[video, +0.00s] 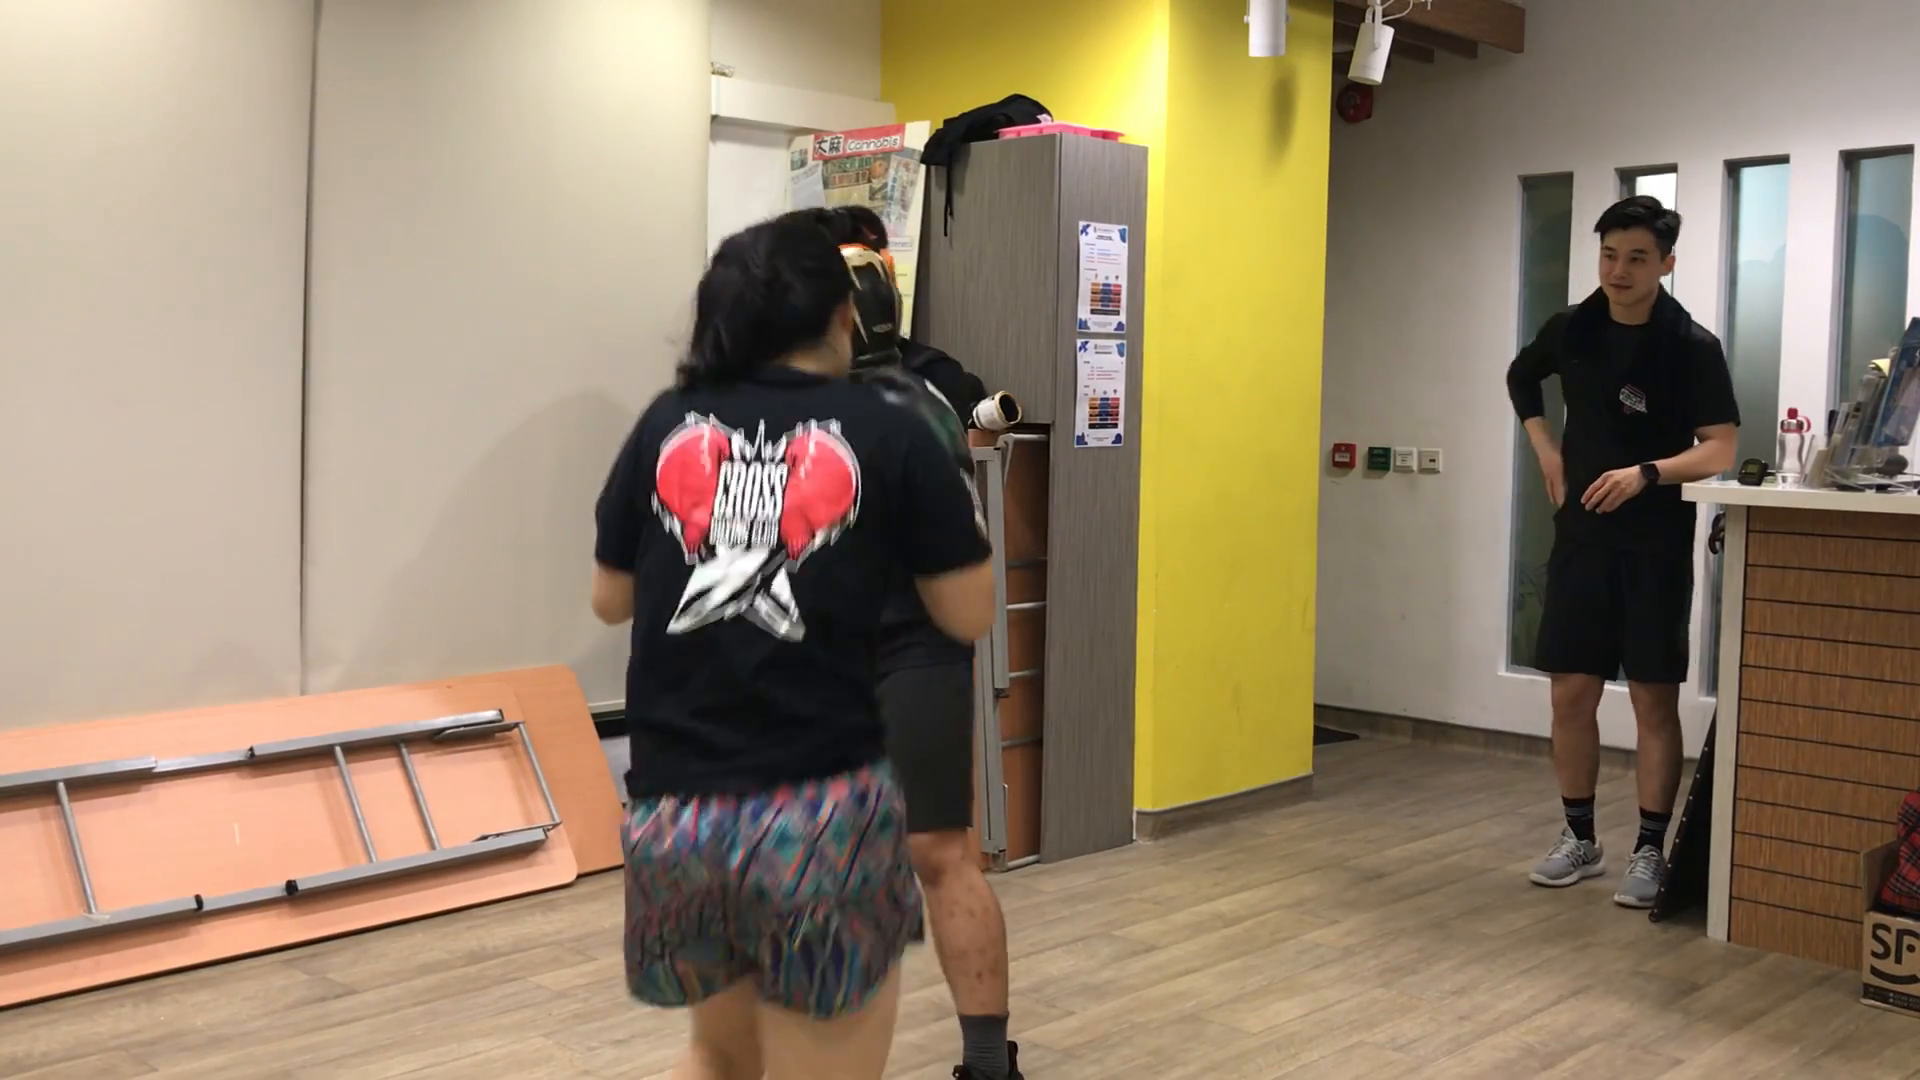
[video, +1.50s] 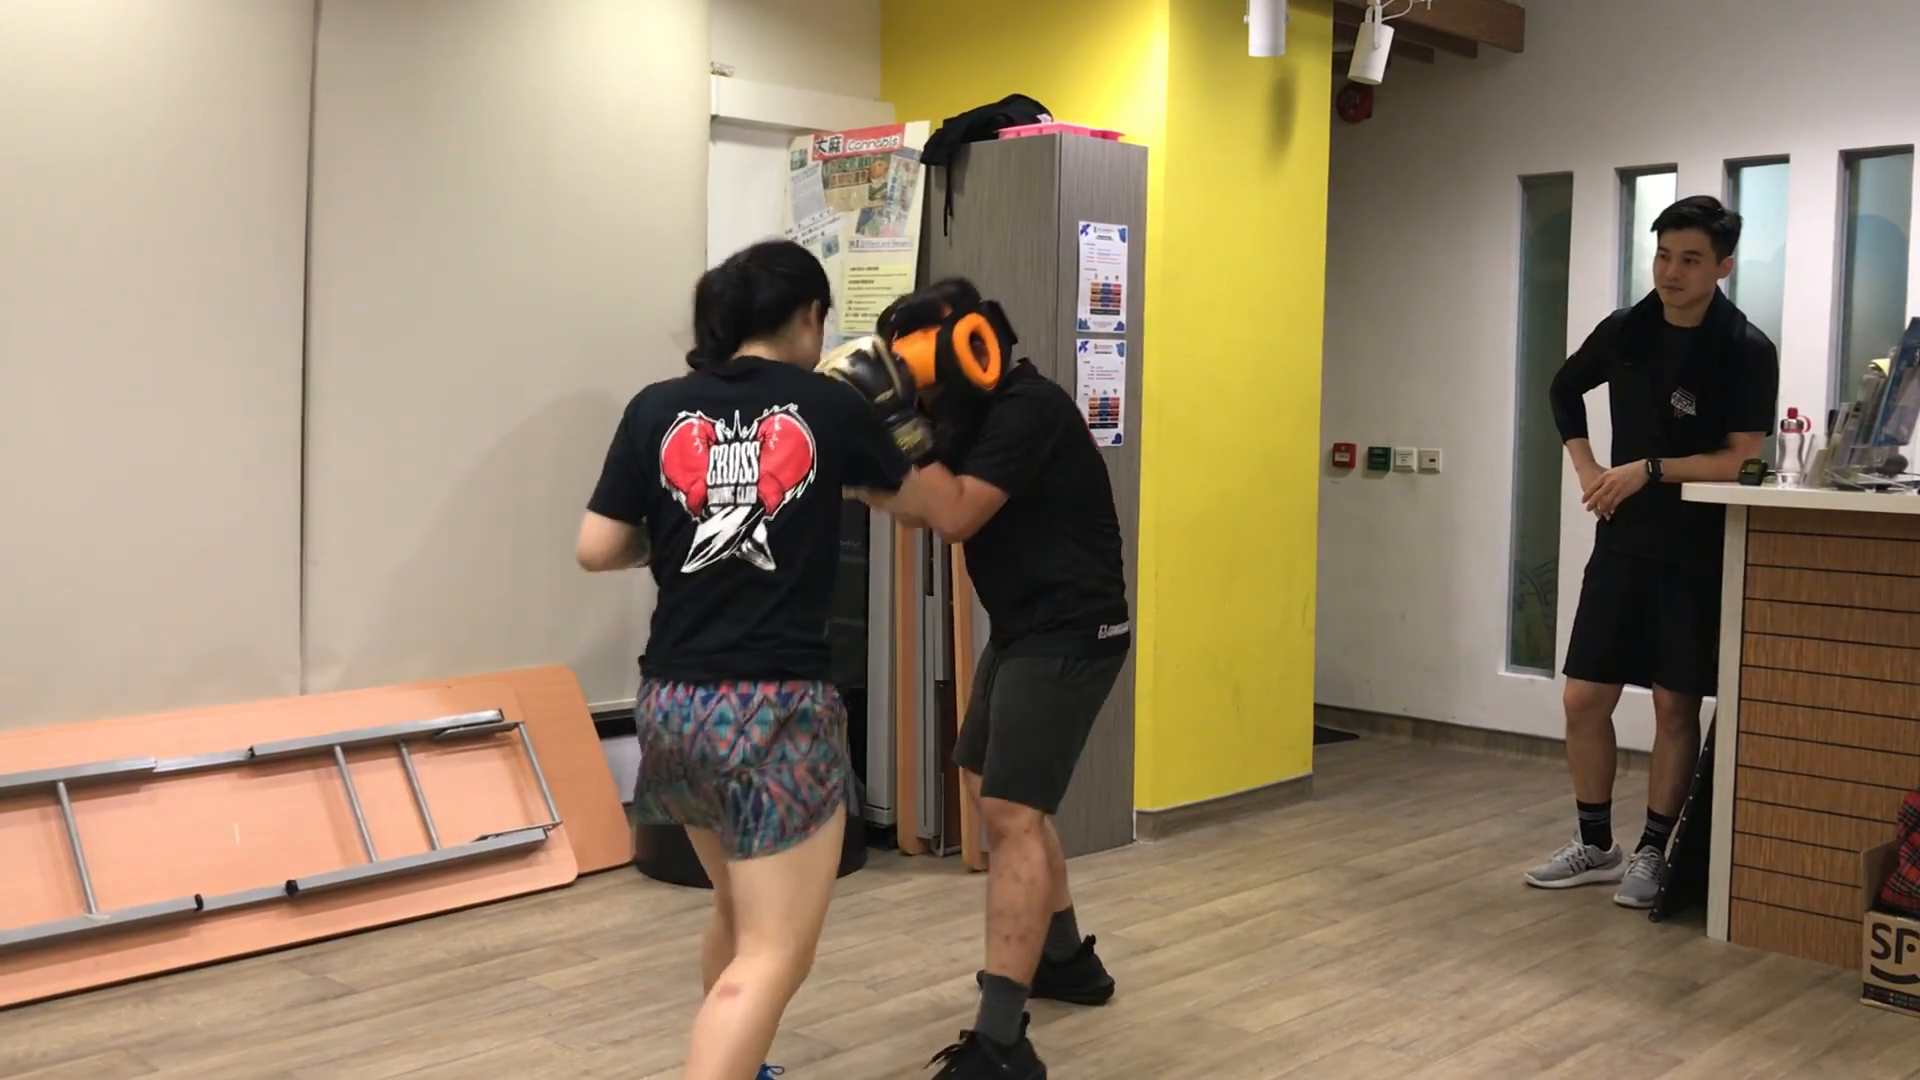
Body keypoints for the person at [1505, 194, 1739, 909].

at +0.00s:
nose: (1618, 269)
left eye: (1635, 257)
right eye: (1609, 255)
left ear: (1665, 263)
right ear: (1597, 256)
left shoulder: (1695, 348)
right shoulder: (1570, 330)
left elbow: (1720, 450)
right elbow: (1521, 374)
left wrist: (1646, 472)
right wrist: (1546, 451)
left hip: (1657, 539)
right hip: (1581, 533)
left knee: (1652, 698)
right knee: (1571, 694)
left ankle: (1650, 851)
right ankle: (1578, 839)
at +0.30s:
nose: (1645, 269)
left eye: (1663, 257)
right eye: (1636, 255)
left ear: (1695, 264)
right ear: (1625, 258)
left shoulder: (1721, 351)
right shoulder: (1602, 328)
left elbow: (1733, 457)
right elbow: (1547, 385)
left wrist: (1648, 473)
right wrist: (1567, 461)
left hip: (1676, 541)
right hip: (1603, 533)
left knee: (1664, 703)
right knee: (1564, 692)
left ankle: (1652, 851)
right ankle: (1591, 842)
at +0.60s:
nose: (1658, 270)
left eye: (1676, 258)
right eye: (1649, 255)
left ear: (1709, 264)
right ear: (1638, 257)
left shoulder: (1733, 350)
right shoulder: (1612, 329)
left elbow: (1738, 456)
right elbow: (1555, 388)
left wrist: (1647, 471)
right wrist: (1574, 463)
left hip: (1684, 545)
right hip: (1611, 536)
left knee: (1667, 706)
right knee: (1570, 693)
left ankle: (1651, 853)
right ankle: (1593, 843)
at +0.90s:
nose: (1664, 271)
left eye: (1682, 260)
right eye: (1655, 257)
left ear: (1715, 264)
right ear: (1644, 258)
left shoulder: (1740, 350)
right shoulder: (1618, 329)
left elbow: (1745, 456)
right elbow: (1559, 389)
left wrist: (1650, 470)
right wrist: (1579, 463)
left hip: (1692, 545)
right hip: (1616, 536)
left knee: (1670, 704)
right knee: (1578, 696)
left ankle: (1652, 853)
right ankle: (1593, 843)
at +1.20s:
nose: (1669, 272)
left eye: (1687, 260)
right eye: (1660, 257)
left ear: (1720, 263)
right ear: (1648, 258)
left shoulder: (1744, 350)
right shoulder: (1623, 330)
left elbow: (1746, 457)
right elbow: (1562, 391)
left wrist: (1649, 469)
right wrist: (1584, 468)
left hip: (1697, 546)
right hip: (1622, 538)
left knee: (1673, 705)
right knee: (1582, 695)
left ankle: (1653, 854)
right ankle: (1594, 844)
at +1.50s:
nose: (1670, 270)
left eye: (1689, 259)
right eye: (1663, 256)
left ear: (1723, 264)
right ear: (1652, 256)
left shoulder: (1747, 350)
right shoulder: (1628, 328)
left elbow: (1745, 457)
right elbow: (1564, 389)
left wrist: (1649, 469)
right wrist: (1585, 467)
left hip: (1699, 546)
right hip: (1624, 538)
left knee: (1674, 706)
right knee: (1583, 696)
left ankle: (1653, 854)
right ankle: (1594, 844)